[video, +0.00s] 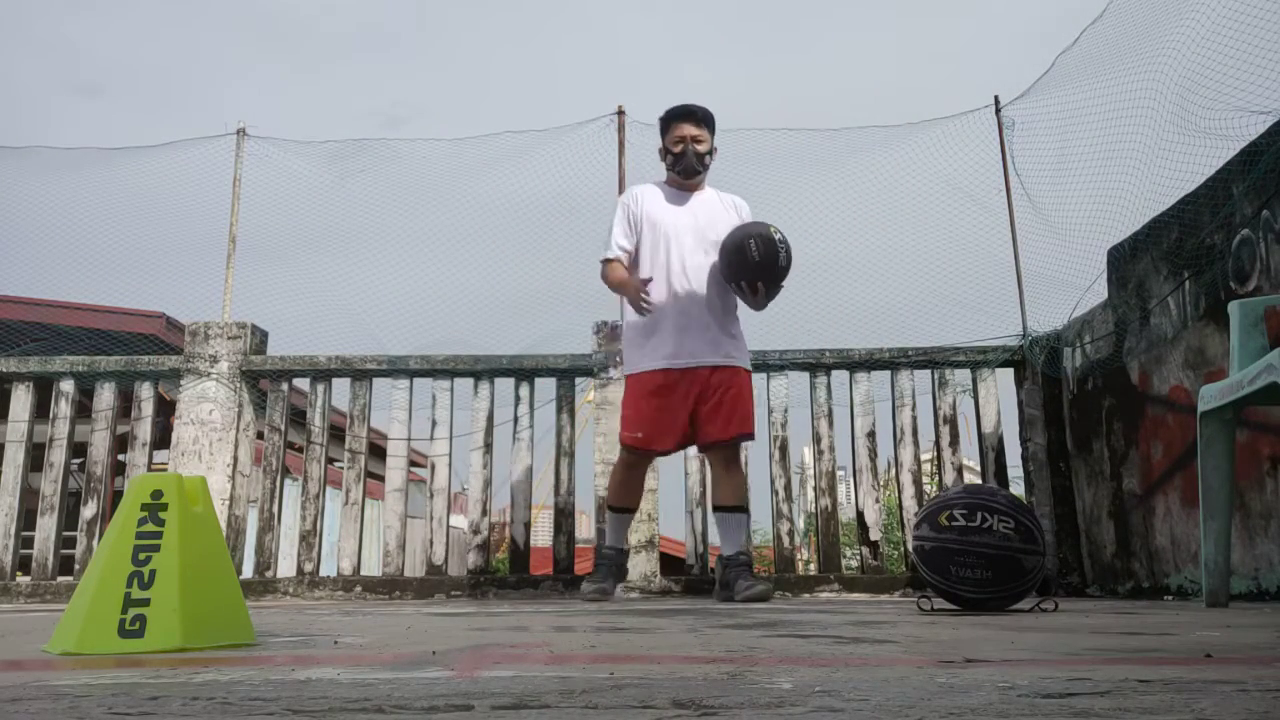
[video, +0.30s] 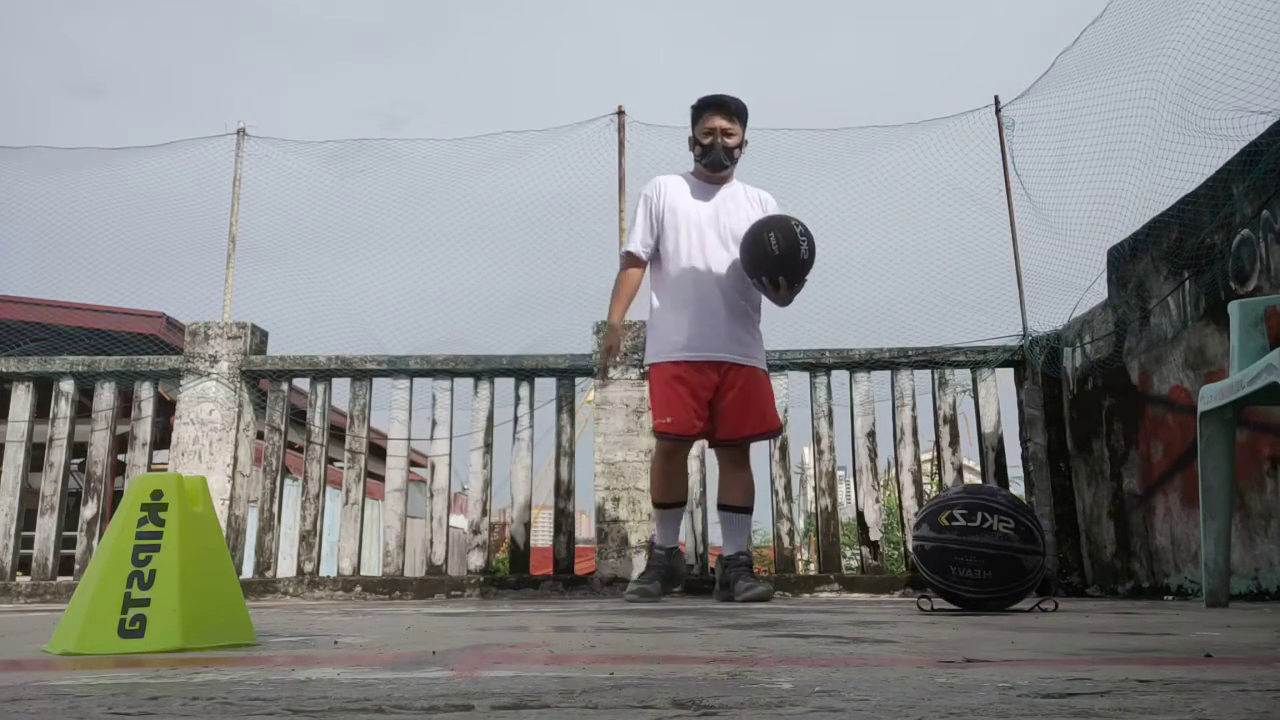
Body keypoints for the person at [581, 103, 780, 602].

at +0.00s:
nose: (688, 148)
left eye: (697, 140)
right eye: (678, 142)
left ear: (712, 148)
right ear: (664, 150)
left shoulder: (735, 208)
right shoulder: (638, 200)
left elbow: (753, 290)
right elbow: (612, 267)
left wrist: (758, 293)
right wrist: (629, 285)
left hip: (720, 353)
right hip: (654, 355)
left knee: (727, 454)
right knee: (633, 455)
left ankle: (735, 570)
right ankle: (609, 564)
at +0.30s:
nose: (718, 143)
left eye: (728, 135)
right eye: (708, 134)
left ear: (743, 142)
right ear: (692, 140)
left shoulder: (761, 203)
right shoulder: (662, 191)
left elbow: (778, 284)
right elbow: (634, 261)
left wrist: (783, 291)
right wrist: (613, 324)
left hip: (740, 350)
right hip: (676, 348)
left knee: (734, 452)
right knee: (671, 446)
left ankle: (735, 566)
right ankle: (665, 558)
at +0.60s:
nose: (713, 138)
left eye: (723, 131)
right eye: (704, 130)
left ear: (737, 138)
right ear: (688, 134)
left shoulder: (759, 197)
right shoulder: (657, 188)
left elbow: (778, 279)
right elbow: (632, 257)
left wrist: (789, 292)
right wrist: (618, 316)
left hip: (734, 350)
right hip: (665, 348)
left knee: (732, 452)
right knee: (645, 446)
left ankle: (735, 567)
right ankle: (632, 561)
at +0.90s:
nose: (700, 146)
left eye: (710, 138)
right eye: (690, 138)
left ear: (725, 143)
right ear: (674, 141)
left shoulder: (746, 202)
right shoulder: (643, 196)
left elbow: (781, 256)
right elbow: (623, 270)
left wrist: (814, 264)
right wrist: (674, 275)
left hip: (723, 353)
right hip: (651, 357)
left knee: (750, 437)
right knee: (633, 451)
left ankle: (769, 564)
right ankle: (634, 566)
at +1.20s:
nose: (688, 166)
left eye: (699, 158)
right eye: (678, 157)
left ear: (715, 166)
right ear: (661, 162)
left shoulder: (732, 226)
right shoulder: (632, 220)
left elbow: (729, 311)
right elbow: (630, 305)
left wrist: (708, 376)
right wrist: (639, 378)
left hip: (711, 369)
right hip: (641, 371)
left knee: (747, 451)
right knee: (586, 454)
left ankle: (766, 567)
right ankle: (556, 567)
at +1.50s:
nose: (623, 171)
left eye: (636, 161)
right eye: (614, 159)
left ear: (655, 166)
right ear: (599, 163)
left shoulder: (683, 223)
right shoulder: (580, 224)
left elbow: (722, 296)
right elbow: (558, 289)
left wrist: (726, 358)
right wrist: (523, 307)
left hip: (682, 365)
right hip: (607, 370)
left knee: (714, 442)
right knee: (559, 447)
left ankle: (761, 558)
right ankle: (556, 567)